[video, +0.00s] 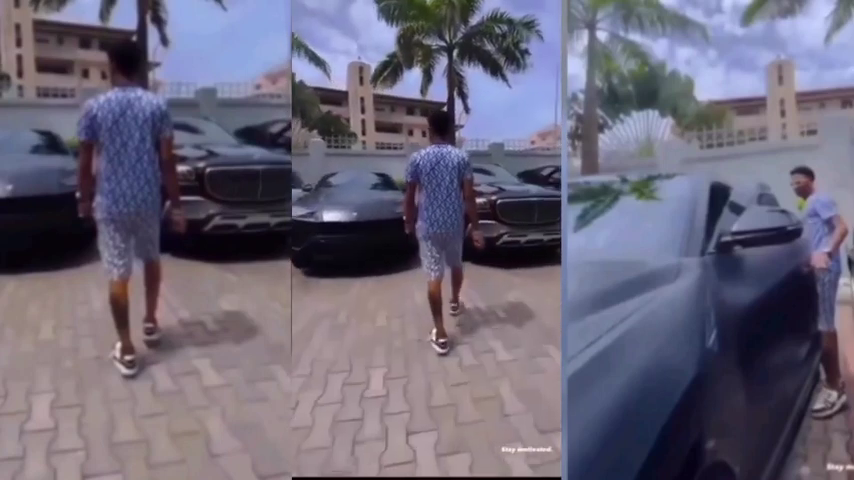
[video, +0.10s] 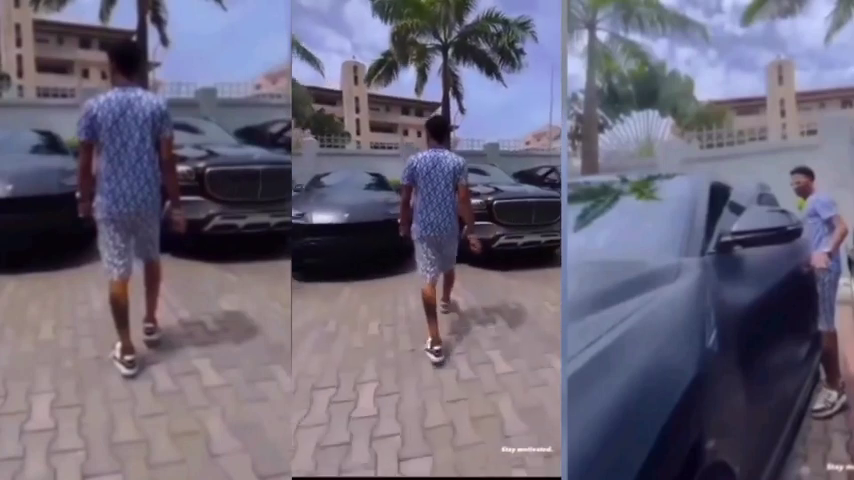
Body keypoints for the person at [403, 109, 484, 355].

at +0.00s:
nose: (430, 133)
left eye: (429, 129)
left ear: (430, 130)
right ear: (451, 130)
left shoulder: (418, 158)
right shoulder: (460, 157)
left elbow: (410, 195)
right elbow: (469, 195)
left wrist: (409, 221)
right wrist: (475, 227)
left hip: (428, 224)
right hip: (454, 223)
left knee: (434, 276)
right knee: (456, 263)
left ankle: (440, 333)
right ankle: (454, 300)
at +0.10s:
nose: (428, 139)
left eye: (427, 134)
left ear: (427, 135)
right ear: (449, 135)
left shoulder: (416, 161)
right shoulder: (457, 162)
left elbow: (406, 198)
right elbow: (463, 199)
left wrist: (404, 225)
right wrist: (471, 230)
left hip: (423, 227)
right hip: (448, 227)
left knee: (429, 280)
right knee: (449, 266)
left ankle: (434, 339)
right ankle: (445, 300)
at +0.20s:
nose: (427, 138)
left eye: (424, 134)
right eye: (439, 134)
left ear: (423, 135)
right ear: (444, 135)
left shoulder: (411, 161)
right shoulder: (452, 163)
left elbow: (402, 198)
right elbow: (458, 201)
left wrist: (400, 226)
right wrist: (465, 232)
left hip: (418, 227)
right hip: (444, 227)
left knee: (420, 279)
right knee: (444, 267)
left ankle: (427, 339)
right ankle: (439, 304)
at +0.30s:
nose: (420, 136)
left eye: (418, 132)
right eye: (431, 131)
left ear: (418, 133)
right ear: (438, 133)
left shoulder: (406, 159)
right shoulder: (446, 161)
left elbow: (399, 196)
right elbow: (452, 199)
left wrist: (396, 224)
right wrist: (456, 229)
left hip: (413, 224)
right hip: (438, 224)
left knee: (410, 269)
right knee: (437, 268)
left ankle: (417, 315)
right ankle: (433, 310)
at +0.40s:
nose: (411, 133)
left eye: (411, 129)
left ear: (411, 131)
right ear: (432, 130)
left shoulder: (400, 156)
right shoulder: (441, 158)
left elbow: (393, 194)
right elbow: (446, 195)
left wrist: (391, 225)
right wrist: (448, 224)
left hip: (407, 221)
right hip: (433, 222)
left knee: (403, 264)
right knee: (432, 268)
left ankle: (411, 307)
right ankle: (426, 316)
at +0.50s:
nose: (401, 133)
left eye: (401, 129)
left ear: (402, 130)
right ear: (424, 130)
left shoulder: (392, 156)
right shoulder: (432, 157)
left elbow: (386, 193)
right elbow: (440, 192)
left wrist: (386, 223)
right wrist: (439, 219)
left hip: (399, 223)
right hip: (425, 223)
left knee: (398, 268)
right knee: (425, 271)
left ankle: (403, 307)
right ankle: (420, 322)